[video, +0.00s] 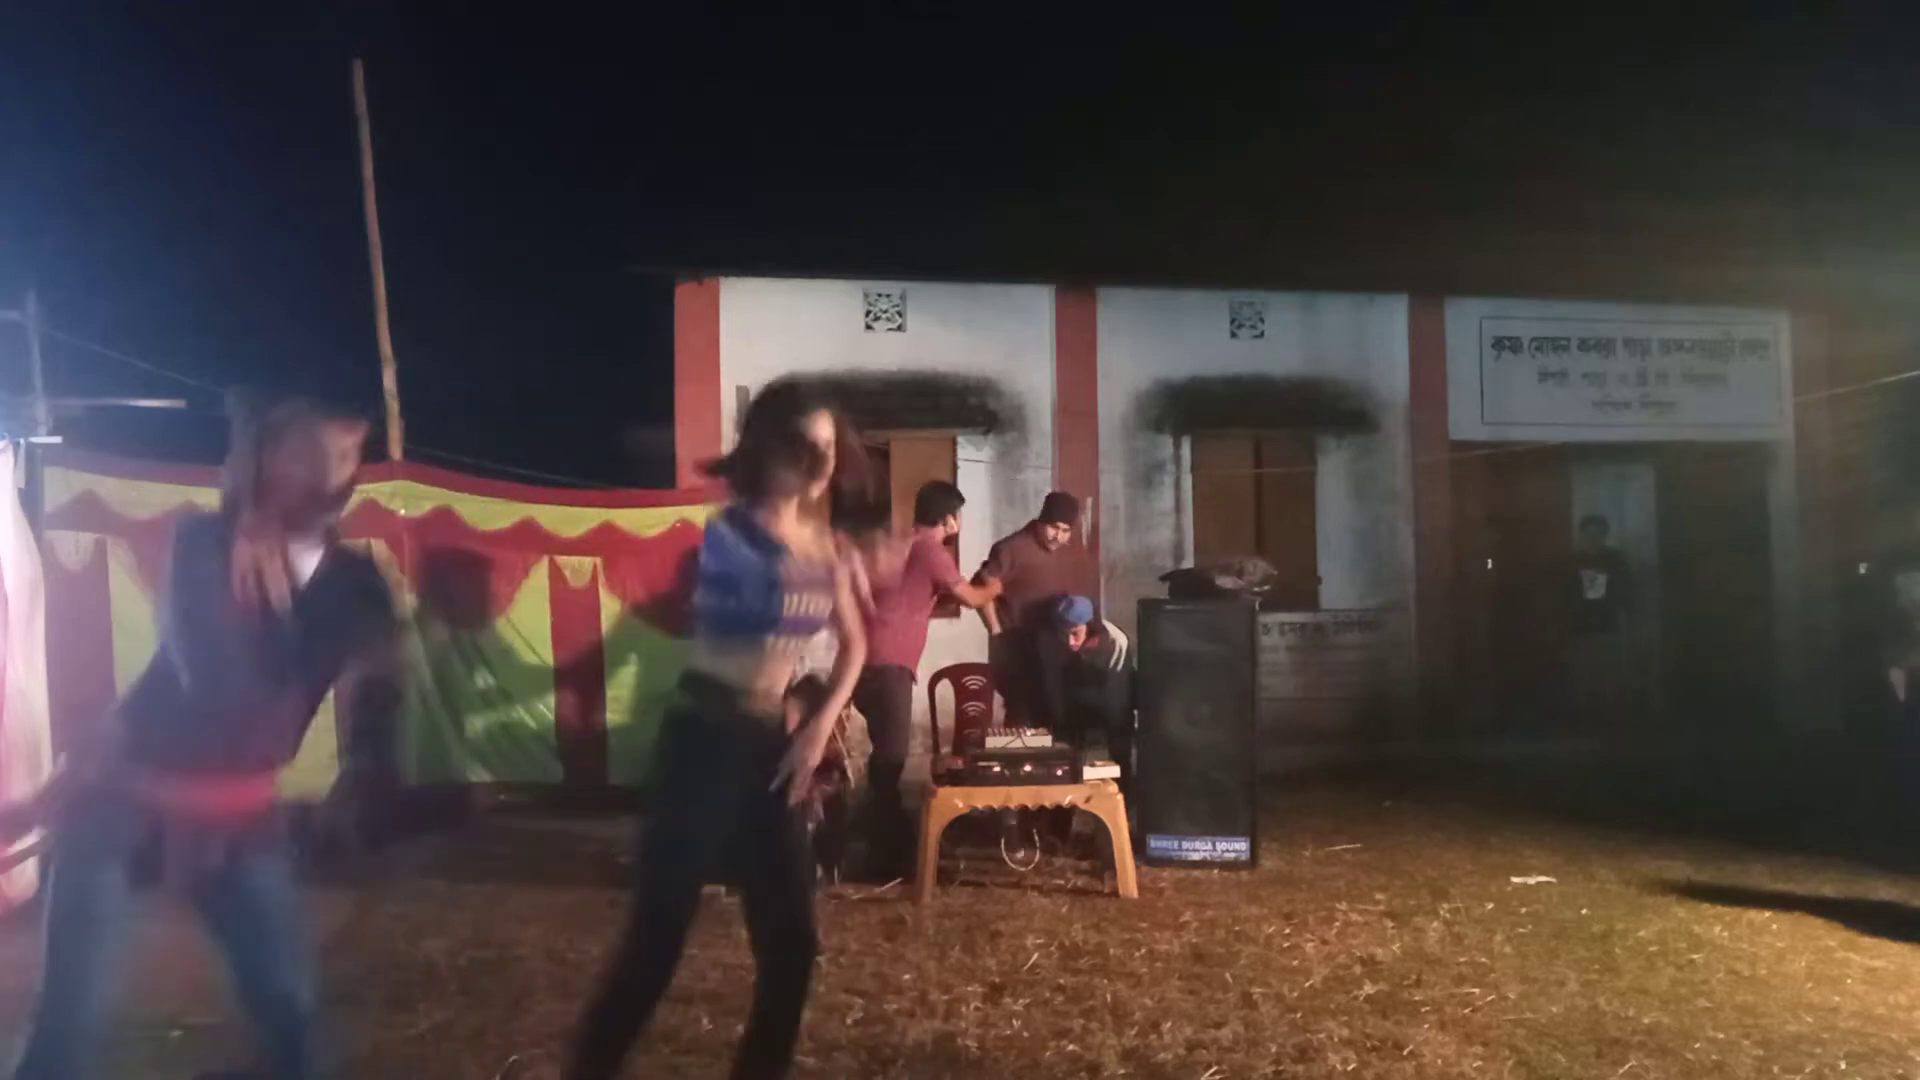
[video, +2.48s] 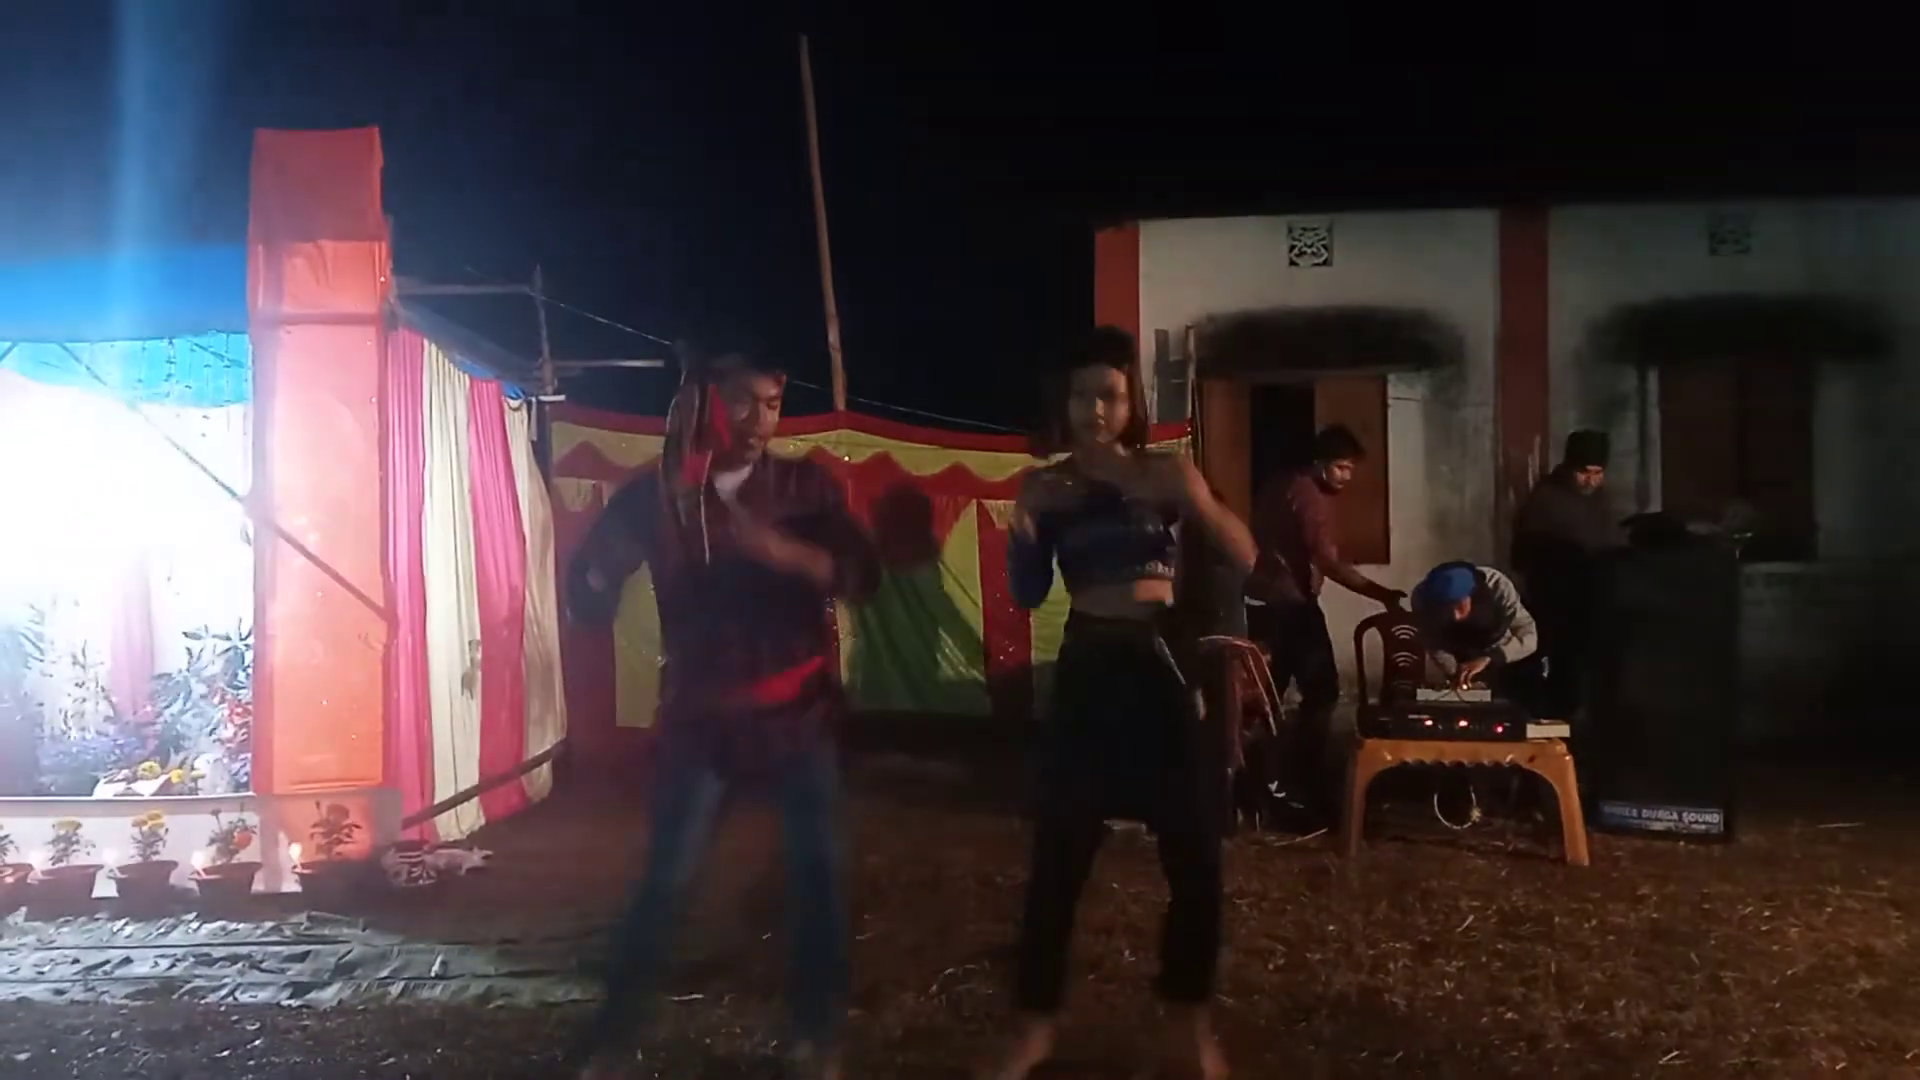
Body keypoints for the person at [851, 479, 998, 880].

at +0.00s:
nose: (958, 527)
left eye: (959, 520)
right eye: (957, 519)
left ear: (920, 515)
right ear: (947, 519)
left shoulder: (896, 546)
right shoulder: (929, 549)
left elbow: (910, 606)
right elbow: (970, 596)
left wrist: (956, 601)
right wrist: (992, 589)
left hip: (868, 666)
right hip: (892, 668)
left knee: (886, 758)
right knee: (890, 760)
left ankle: (884, 852)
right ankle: (885, 854)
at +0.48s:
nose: (992, 526)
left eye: (997, 519)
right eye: (991, 517)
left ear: (978, 509)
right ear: (974, 506)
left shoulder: (958, 526)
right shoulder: (953, 528)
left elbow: (977, 584)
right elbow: (978, 586)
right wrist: (1012, 631)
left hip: (923, 633)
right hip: (911, 633)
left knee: (923, 725)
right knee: (921, 725)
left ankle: (911, 814)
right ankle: (909, 817)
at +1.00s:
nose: (1082, 491)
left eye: (1082, 483)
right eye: (1079, 484)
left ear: (1050, 479)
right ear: (1068, 484)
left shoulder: (1030, 513)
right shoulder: (1041, 520)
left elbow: (1012, 580)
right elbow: (1031, 580)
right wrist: (1051, 634)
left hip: (1017, 635)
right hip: (1025, 637)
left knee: (1026, 720)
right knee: (1030, 722)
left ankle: (1010, 800)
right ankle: (1014, 807)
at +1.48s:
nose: (1228, 487)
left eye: (1228, 479)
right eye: (1228, 480)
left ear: (1189, 472)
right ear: (1219, 480)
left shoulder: (1154, 509)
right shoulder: (1201, 513)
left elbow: (1126, 566)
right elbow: (1208, 582)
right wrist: (1228, 637)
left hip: (1140, 631)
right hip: (1175, 635)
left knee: (1147, 721)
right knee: (1180, 724)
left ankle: (1140, 825)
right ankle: (1172, 828)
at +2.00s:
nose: (1328, 480)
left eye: (1329, 472)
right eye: (1326, 472)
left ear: (1287, 469)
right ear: (1313, 472)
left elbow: (1239, 569)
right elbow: (1330, 588)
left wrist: (1228, 621)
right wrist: (1348, 638)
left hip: (1254, 632)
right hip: (1299, 633)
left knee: (1260, 723)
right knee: (1295, 727)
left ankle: (1243, 813)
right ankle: (1288, 819)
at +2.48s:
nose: (1348, 476)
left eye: (1350, 469)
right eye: (1344, 468)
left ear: (1323, 463)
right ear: (1324, 462)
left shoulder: (1286, 485)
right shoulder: (1310, 495)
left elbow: (1267, 541)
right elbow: (1329, 563)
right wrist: (1383, 595)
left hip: (1264, 601)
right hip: (1295, 606)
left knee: (1267, 693)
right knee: (1322, 693)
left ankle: (1255, 781)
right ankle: (1304, 786)